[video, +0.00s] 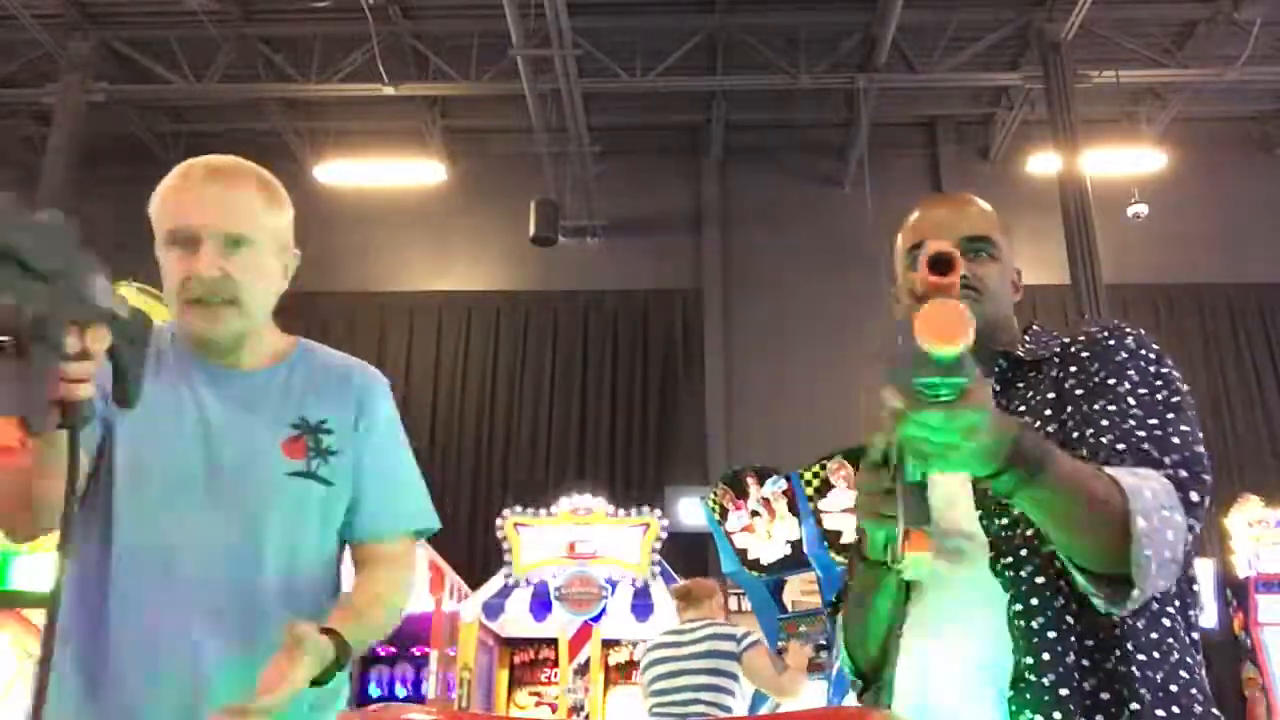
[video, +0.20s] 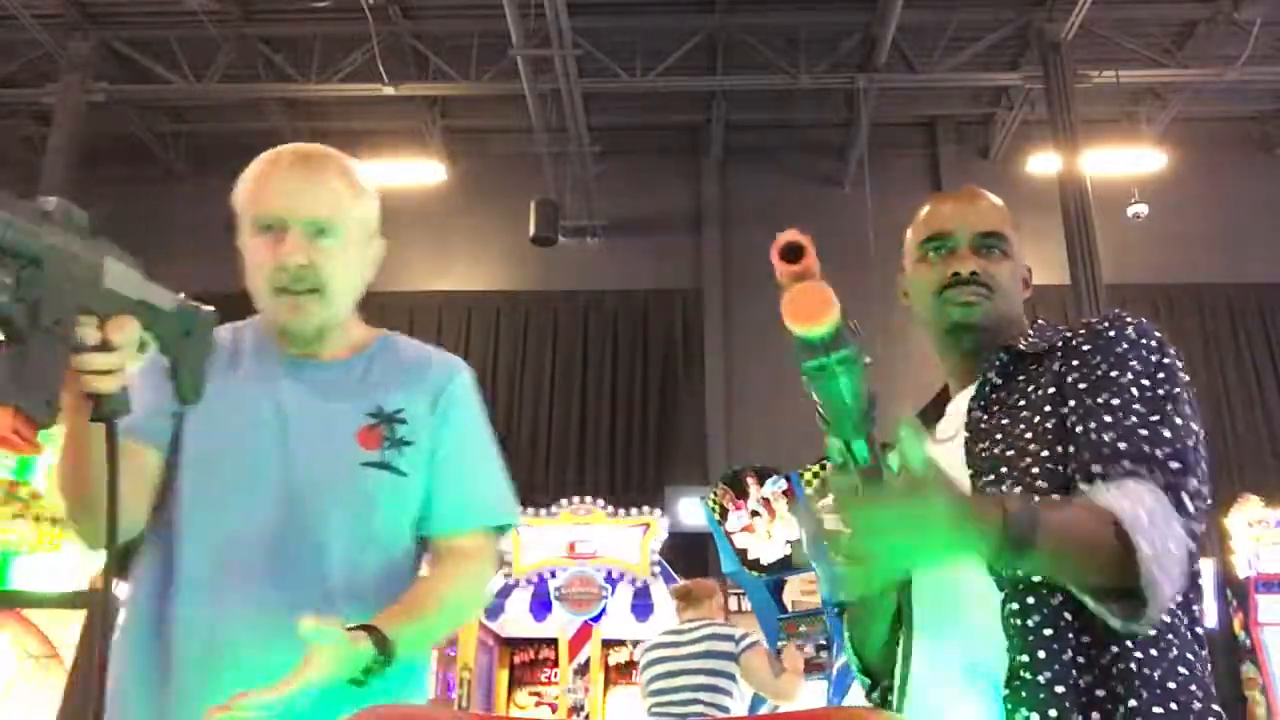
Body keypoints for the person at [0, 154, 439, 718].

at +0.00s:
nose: (206, 269)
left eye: (234, 245)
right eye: (183, 244)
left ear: (287, 266)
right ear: (157, 257)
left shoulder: (352, 395)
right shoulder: (109, 370)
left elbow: (390, 574)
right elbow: (24, 526)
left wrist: (330, 643)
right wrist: (54, 419)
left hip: (274, 713)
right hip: (101, 706)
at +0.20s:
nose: (293, 256)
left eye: (322, 232)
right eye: (269, 230)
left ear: (374, 254)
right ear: (240, 246)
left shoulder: (434, 388)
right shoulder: (181, 366)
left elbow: (468, 566)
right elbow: (103, 525)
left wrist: (368, 646)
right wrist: (86, 403)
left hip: (341, 710)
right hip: (164, 701)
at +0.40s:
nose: (308, 296)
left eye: (333, 279)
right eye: (286, 274)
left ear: (373, 305)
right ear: (256, 292)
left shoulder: (423, 423)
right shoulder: (208, 402)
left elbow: (473, 586)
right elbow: (149, 540)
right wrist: (156, 440)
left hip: (363, 706)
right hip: (202, 704)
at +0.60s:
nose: (321, 300)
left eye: (346, 281)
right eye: (300, 278)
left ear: (389, 307)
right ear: (271, 297)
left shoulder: (434, 411)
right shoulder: (209, 400)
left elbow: (453, 568)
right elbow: (169, 566)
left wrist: (315, 479)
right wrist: (217, 467)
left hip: (381, 706)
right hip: (224, 703)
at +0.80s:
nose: (258, 292)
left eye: (286, 271)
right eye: (238, 270)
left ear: (327, 297)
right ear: (200, 283)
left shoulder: (375, 403)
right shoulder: (140, 389)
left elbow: (400, 562)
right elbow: (118, 559)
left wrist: (274, 477)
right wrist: (164, 476)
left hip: (314, 706)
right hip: (152, 704)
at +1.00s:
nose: (312, 314)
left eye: (338, 296)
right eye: (292, 292)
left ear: (374, 323)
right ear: (260, 310)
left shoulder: (419, 422)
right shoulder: (206, 410)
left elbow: (427, 569)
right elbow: (175, 590)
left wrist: (281, 496)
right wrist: (165, 489)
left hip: (354, 708)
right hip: (208, 707)